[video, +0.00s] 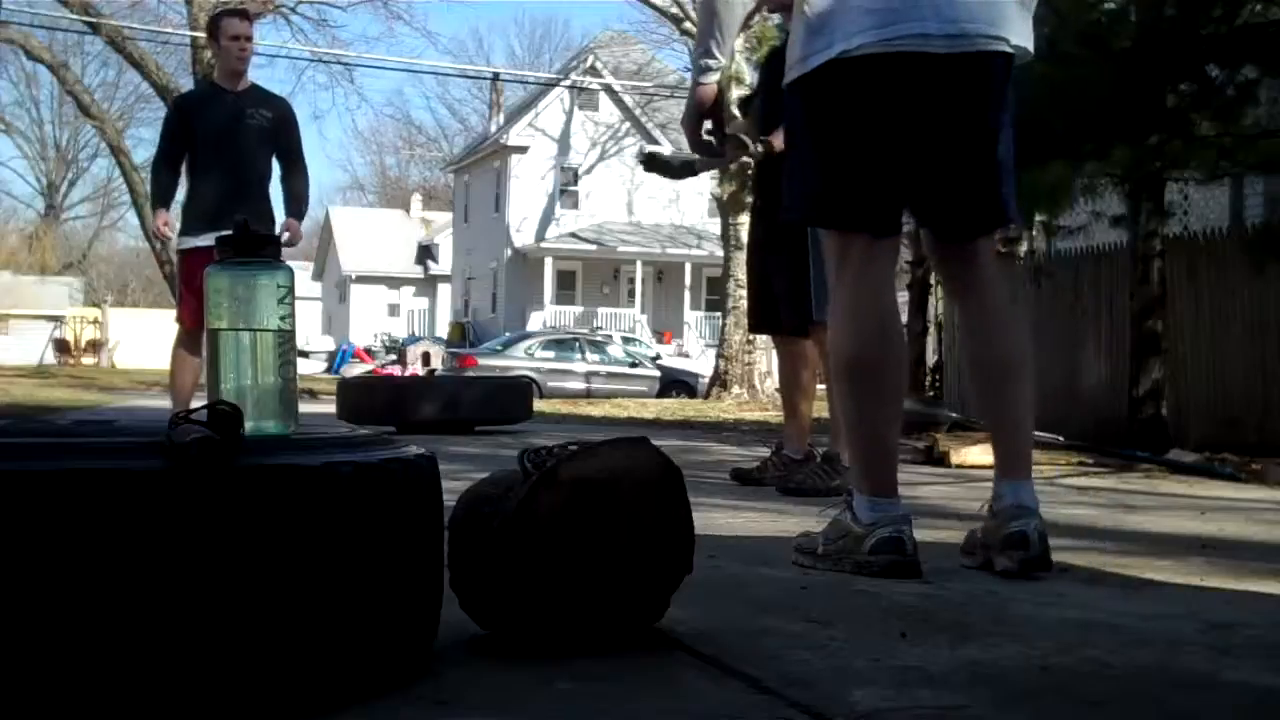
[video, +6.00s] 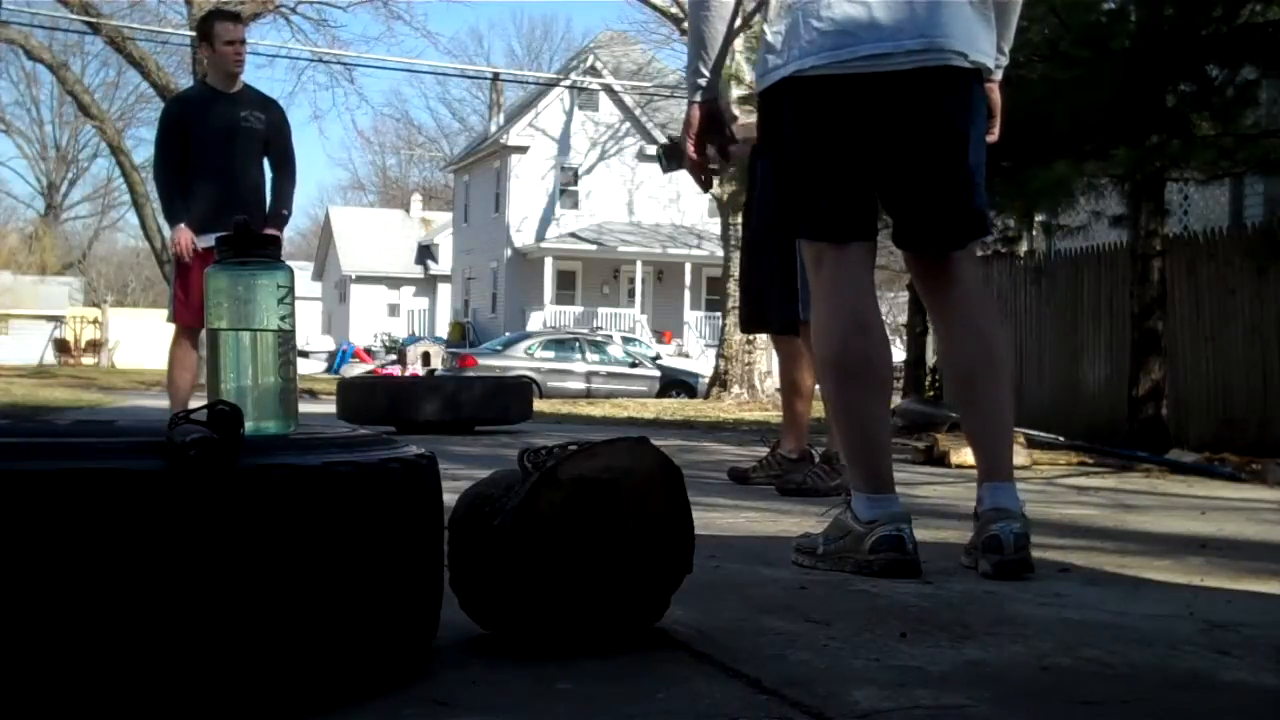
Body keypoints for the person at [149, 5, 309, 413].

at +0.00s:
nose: (244, 46)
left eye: (248, 39)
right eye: (235, 39)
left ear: (254, 44)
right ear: (214, 44)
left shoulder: (276, 108)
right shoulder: (187, 106)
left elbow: (294, 166)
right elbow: (167, 161)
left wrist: (295, 215)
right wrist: (161, 206)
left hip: (256, 236)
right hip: (200, 235)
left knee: (255, 335)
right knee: (192, 331)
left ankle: (251, 423)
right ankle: (181, 420)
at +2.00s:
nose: (225, 46)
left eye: (230, 39)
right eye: (215, 39)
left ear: (237, 45)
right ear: (196, 45)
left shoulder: (259, 106)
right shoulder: (170, 105)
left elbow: (273, 174)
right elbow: (152, 169)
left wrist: (269, 229)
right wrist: (148, 224)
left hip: (243, 237)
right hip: (186, 237)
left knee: (242, 333)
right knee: (185, 330)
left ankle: (238, 423)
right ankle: (178, 421)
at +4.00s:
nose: (239, 50)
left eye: (241, 43)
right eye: (229, 43)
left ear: (245, 47)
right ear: (203, 48)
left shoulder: (263, 109)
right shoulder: (177, 108)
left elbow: (284, 166)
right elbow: (162, 168)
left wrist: (273, 211)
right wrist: (176, 217)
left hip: (250, 238)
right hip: (195, 238)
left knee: (250, 334)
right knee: (188, 331)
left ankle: (248, 424)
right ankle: (178, 421)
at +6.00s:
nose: (240, 51)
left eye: (242, 44)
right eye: (230, 44)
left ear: (246, 47)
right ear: (205, 49)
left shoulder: (267, 109)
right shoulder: (179, 108)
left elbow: (284, 172)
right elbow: (164, 170)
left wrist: (275, 224)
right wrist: (177, 223)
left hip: (251, 241)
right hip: (197, 240)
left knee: (252, 335)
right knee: (188, 331)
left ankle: (250, 425)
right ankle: (179, 421)